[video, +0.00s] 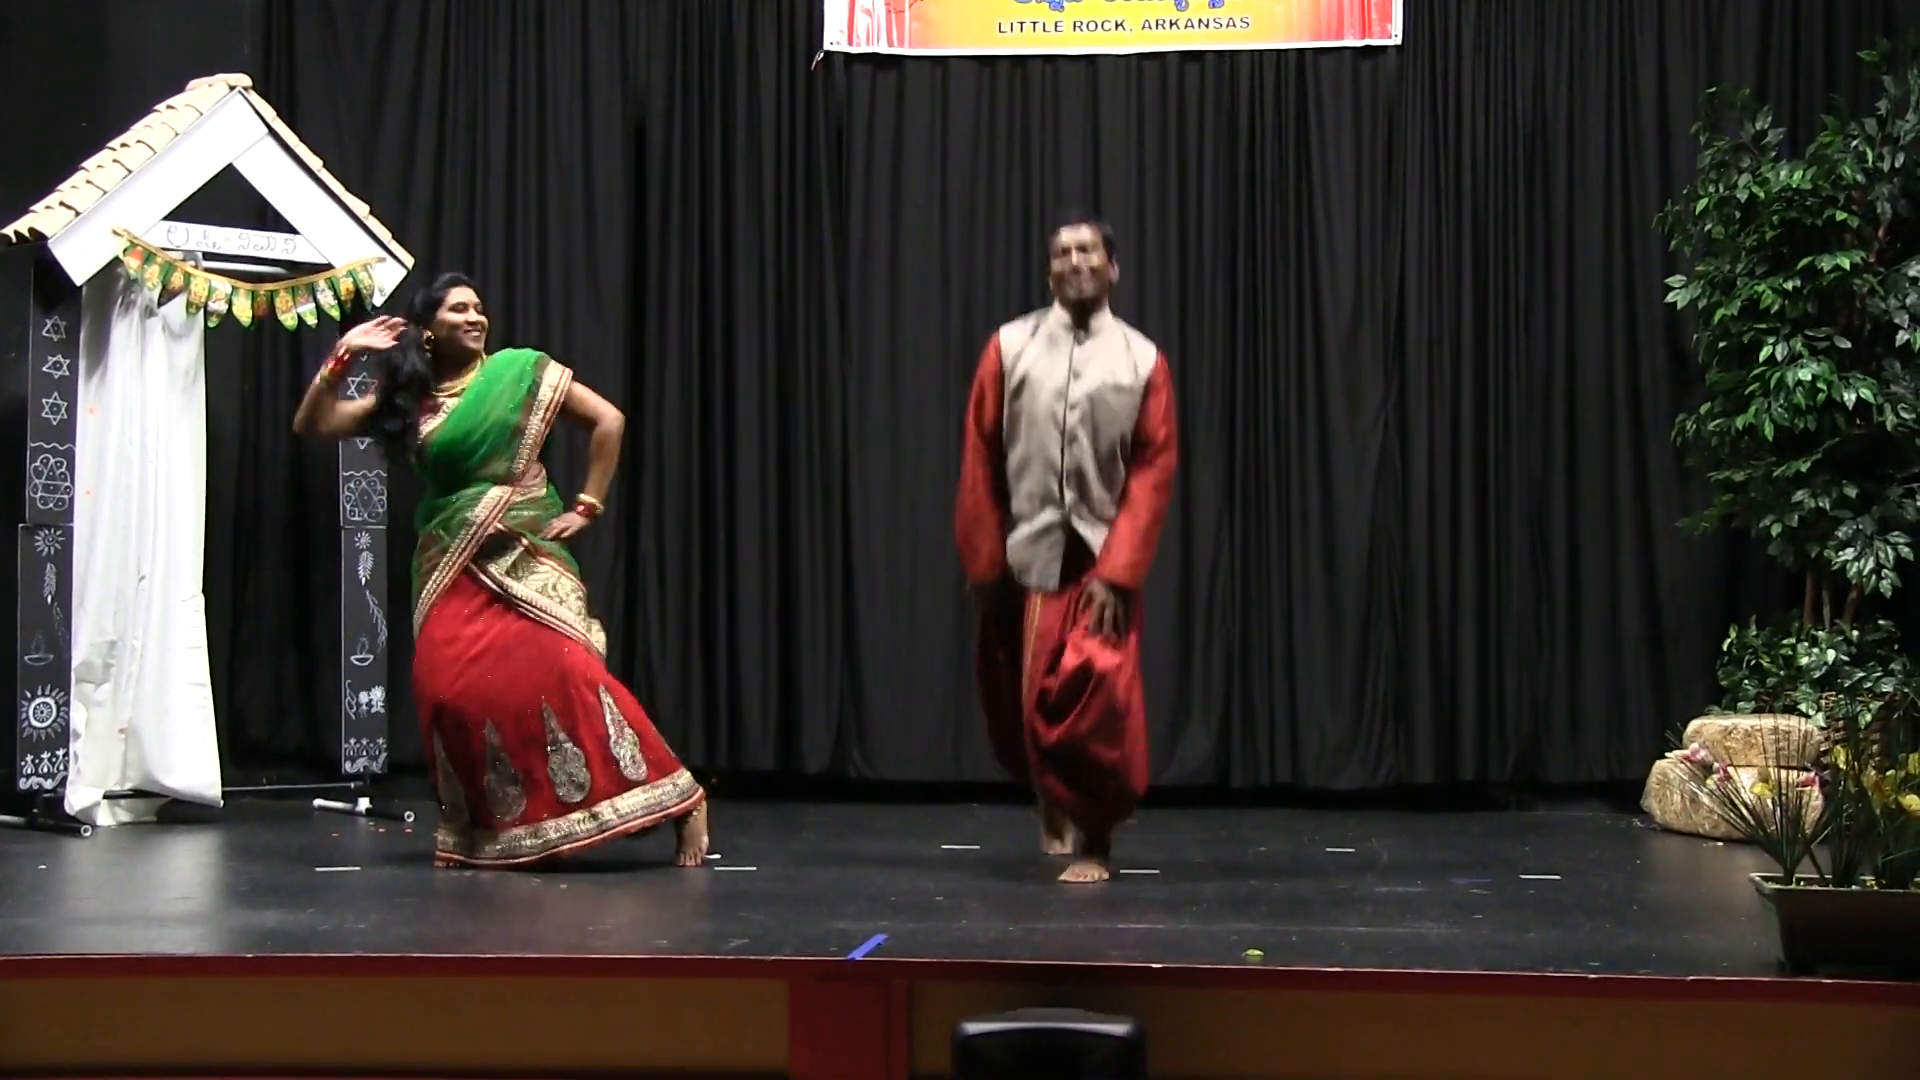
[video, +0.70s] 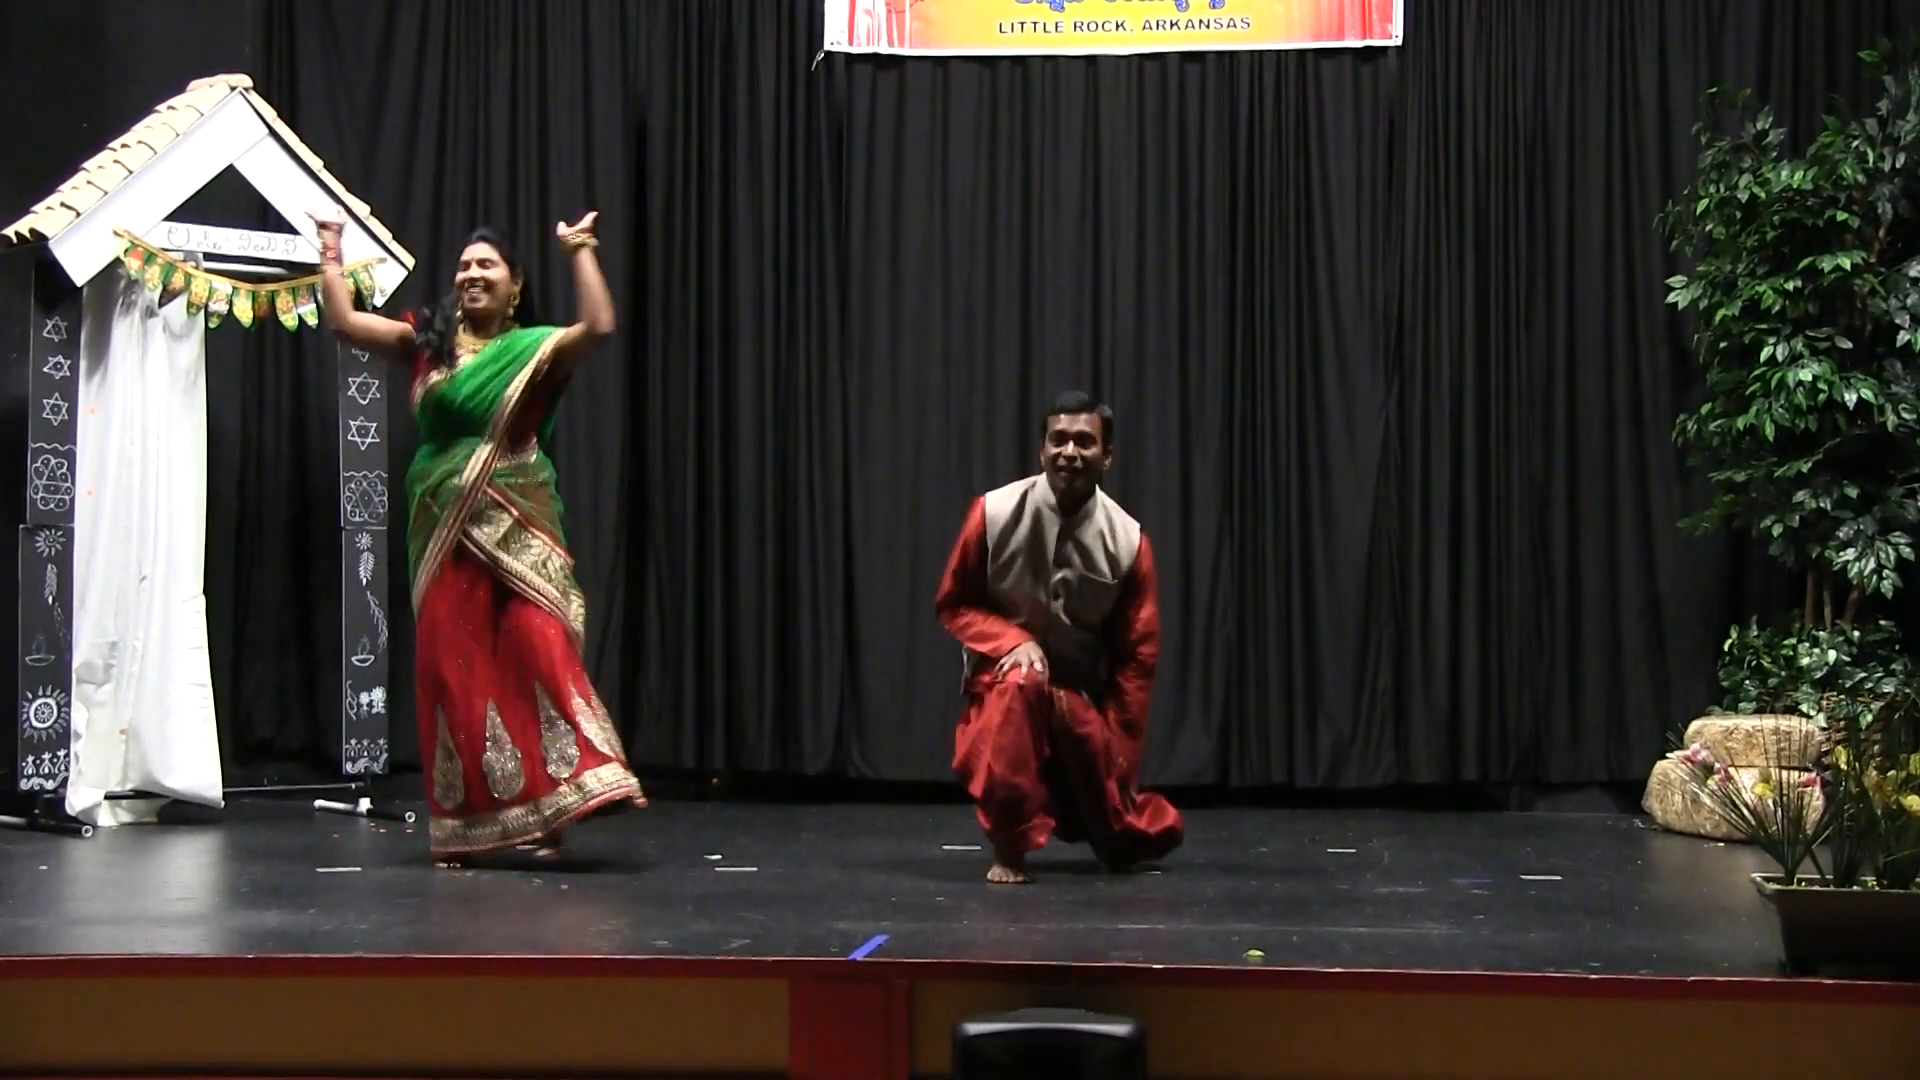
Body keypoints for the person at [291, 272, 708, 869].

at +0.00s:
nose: (474, 316)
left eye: (478, 309)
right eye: (458, 308)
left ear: (488, 322)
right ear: (426, 326)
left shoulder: (519, 369)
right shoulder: (409, 396)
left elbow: (608, 419)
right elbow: (313, 424)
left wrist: (589, 503)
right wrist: (341, 356)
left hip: (531, 549)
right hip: (451, 558)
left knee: (573, 671)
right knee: (440, 689)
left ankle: (685, 798)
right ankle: (461, 821)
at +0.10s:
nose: (470, 310)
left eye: (477, 302)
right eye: (454, 303)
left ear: (491, 317)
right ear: (430, 323)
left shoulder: (528, 369)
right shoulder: (415, 393)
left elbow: (620, 415)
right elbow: (335, 451)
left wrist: (630, 499)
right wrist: (297, 389)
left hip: (531, 550)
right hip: (450, 557)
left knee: (569, 678)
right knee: (443, 687)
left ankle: (682, 803)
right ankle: (458, 828)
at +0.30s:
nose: (464, 300)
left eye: (476, 294)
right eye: (451, 296)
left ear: (497, 317)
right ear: (436, 322)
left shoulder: (530, 370)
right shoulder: (412, 389)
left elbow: (611, 436)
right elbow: (346, 463)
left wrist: (651, 518)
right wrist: (270, 490)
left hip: (533, 550)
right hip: (452, 560)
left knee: (584, 677)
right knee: (447, 686)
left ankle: (688, 802)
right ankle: (463, 828)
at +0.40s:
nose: (462, 302)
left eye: (474, 294)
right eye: (451, 294)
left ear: (497, 311)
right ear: (436, 312)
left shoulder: (527, 374)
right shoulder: (414, 382)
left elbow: (572, 456)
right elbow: (372, 468)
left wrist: (556, 539)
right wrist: (362, 517)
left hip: (525, 551)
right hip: (447, 557)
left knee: (581, 674)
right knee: (445, 678)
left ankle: (684, 800)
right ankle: (457, 821)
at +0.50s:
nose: (463, 305)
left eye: (475, 297)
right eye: (453, 297)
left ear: (499, 315)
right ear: (437, 315)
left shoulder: (528, 376)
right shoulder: (420, 384)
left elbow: (522, 446)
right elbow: (389, 453)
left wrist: (452, 422)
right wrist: (418, 430)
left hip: (524, 547)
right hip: (447, 555)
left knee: (583, 664)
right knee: (444, 682)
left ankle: (671, 797)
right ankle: (463, 822)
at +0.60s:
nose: (467, 296)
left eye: (479, 288)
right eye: (457, 288)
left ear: (500, 307)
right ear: (444, 307)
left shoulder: (517, 373)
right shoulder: (426, 376)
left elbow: (542, 380)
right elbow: (389, 370)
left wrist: (515, 308)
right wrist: (379, 318)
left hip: (522, 539)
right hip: (445, 546)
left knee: (570, 660)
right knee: (447, 682)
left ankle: (624, 802)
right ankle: (477, 827)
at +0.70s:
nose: (470, 274)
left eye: (485, 267)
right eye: (462, 267)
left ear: (514, 289)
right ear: (454, 287)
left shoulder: (533, 346)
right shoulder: (429, 341)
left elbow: (599, 325)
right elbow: (346, 321)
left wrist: (581, 249)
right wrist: (330, 248)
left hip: (519, 518)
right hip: (444, 525)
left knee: (537, 641)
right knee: (449, 665)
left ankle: (553, 808)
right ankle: (469, 825)